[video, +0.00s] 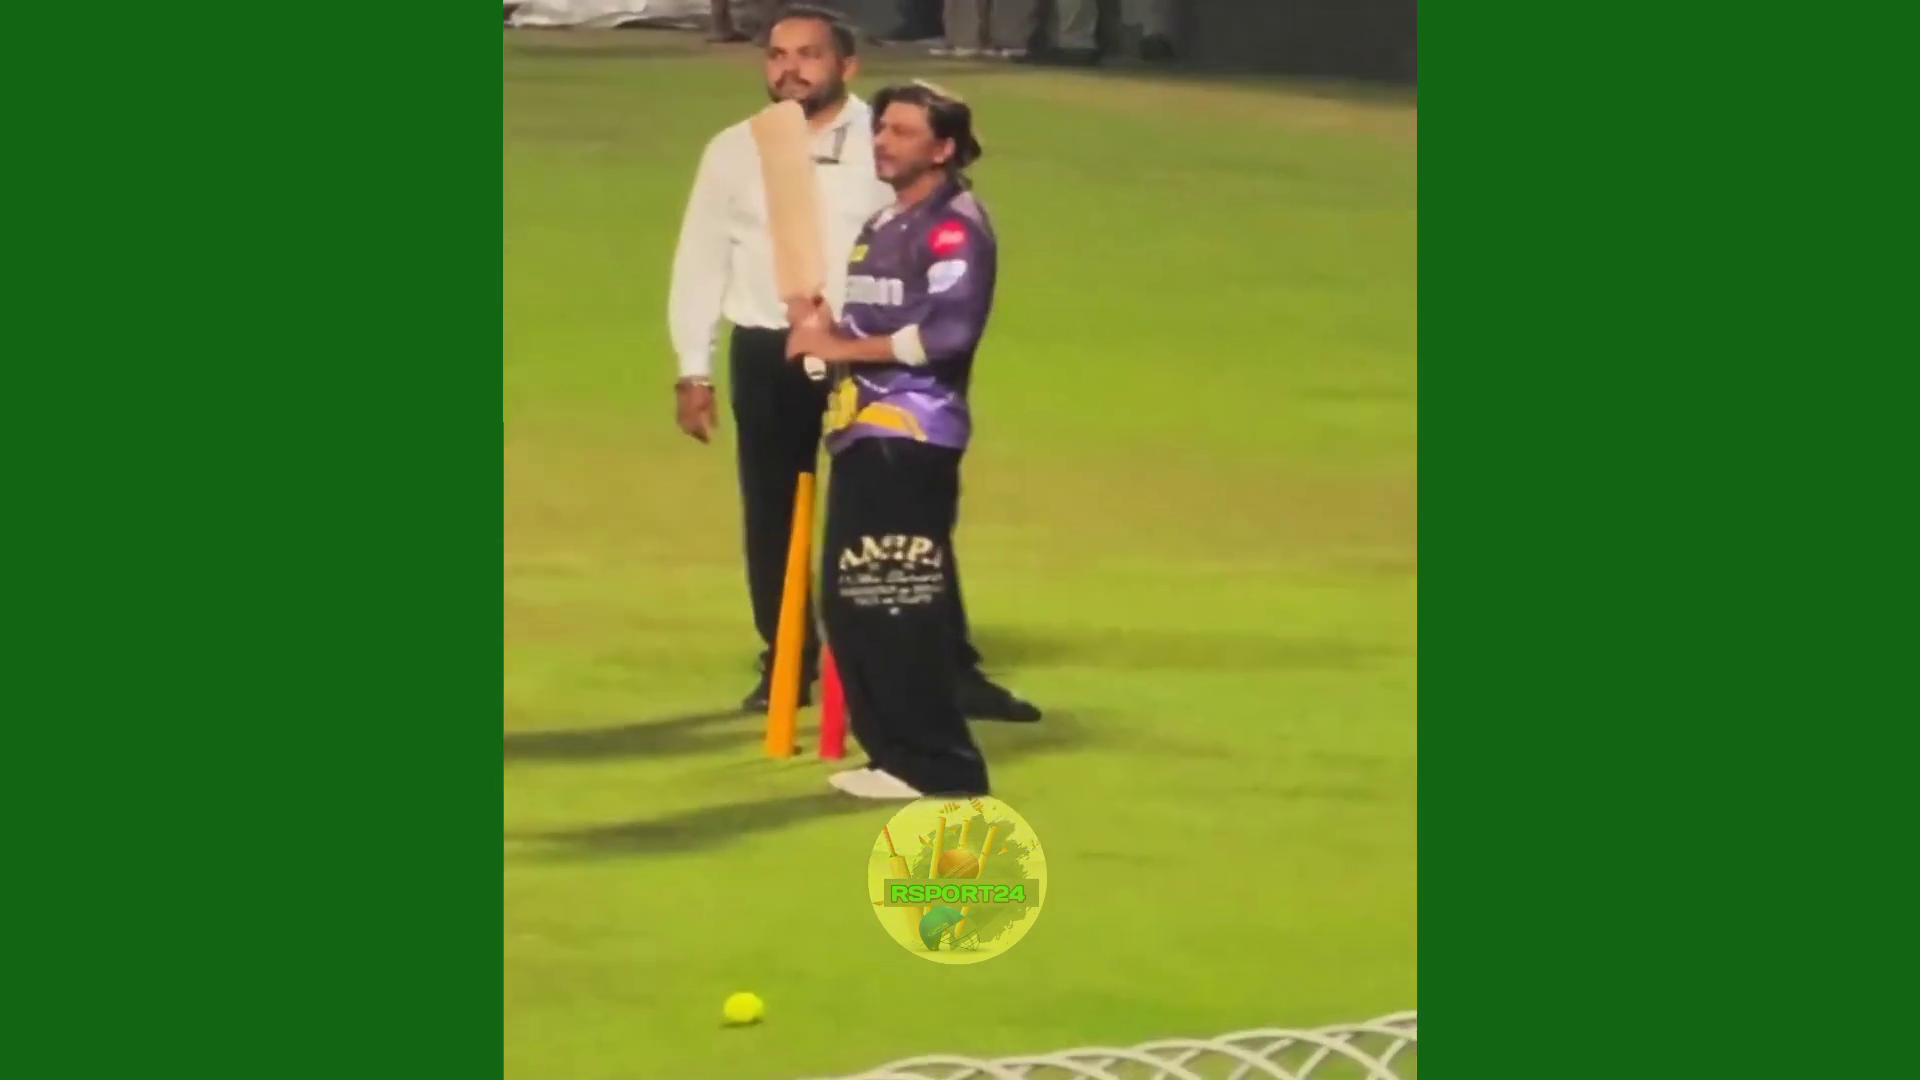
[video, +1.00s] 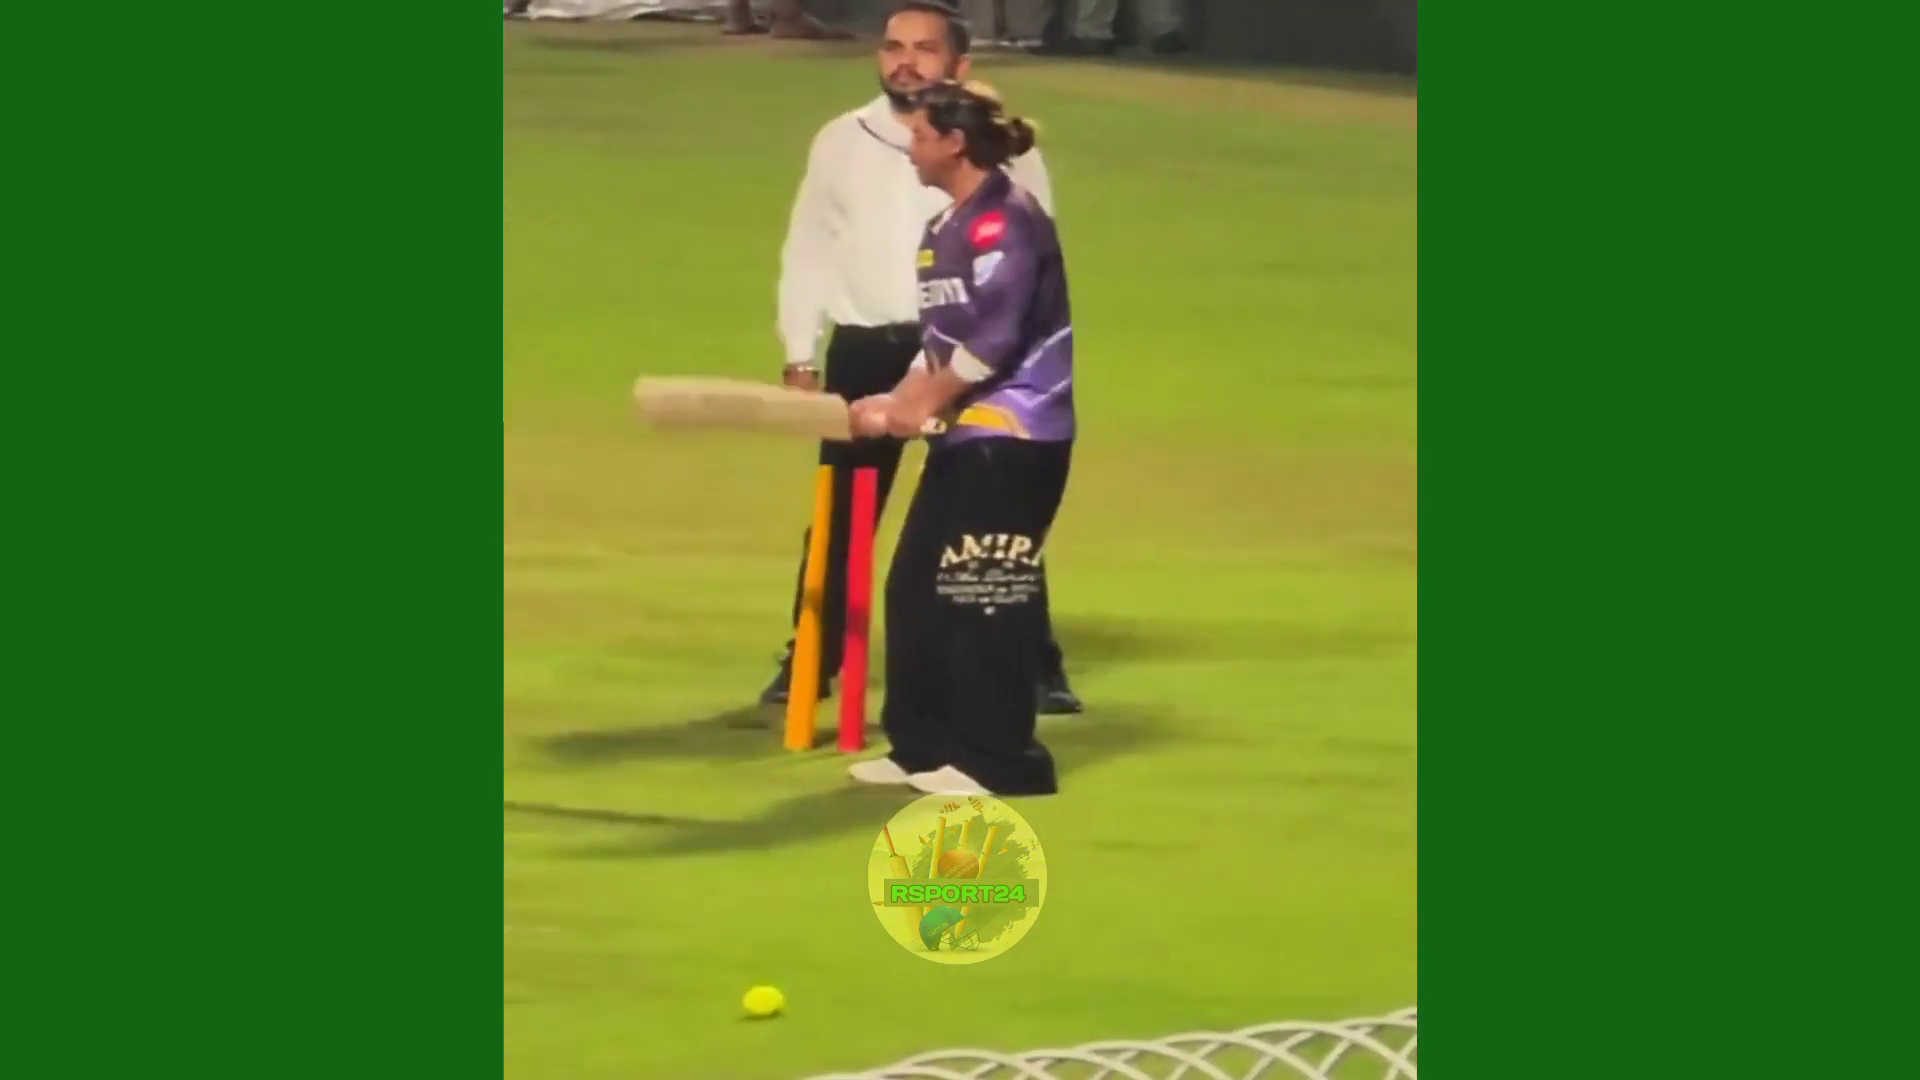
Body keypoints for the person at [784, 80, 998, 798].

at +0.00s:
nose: (882, 143)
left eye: (900, 133)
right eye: (881, 130)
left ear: (943, 148)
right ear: (876, 140)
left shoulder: (957, 228)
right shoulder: (883, 224)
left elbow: (948, 336)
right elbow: (877, 325)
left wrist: (840, 349)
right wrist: (826, 324)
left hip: (913, 435)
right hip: (868, 430)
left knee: (906, 601)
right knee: (856, 596)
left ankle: (939, 765)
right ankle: (896, 756)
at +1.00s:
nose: (909, 149)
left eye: (919, 136)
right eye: (910, 135)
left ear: (958, 143)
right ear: (952, 144)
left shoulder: (1011, 224)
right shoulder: (941, 233)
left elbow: (994, 345)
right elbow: (942, 345)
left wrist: (917, 406)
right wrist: (899, 403)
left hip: (1015, 441)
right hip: (964, 438)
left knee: (983, 597)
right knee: (914, 587)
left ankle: (992, 762)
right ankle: (923, 748)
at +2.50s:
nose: (884, 217)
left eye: (899, 204)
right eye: (874, 205)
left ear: (941, 208)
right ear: (867, 213)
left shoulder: (982, 285)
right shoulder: (892, 301)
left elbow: (976, 413)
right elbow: (919, 414)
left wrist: (926, 492)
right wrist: (900, 506)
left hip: (1015, 488)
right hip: (958, 490)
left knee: (982, 647)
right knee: (928, 646)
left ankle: (962, 812)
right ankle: (942, 804)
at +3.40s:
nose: (845, 278)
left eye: (859, 263)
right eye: (834, 267)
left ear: (897, 266)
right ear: (826, 277)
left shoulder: (949, 337)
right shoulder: (859, 358)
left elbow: (969, 442)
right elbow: (899, 459)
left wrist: (908, 509)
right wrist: (871, 540)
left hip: (1000, 536)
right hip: (934, 537)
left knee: (957, 698)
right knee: (908, 693)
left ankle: (928, 859)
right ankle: (899, 852)